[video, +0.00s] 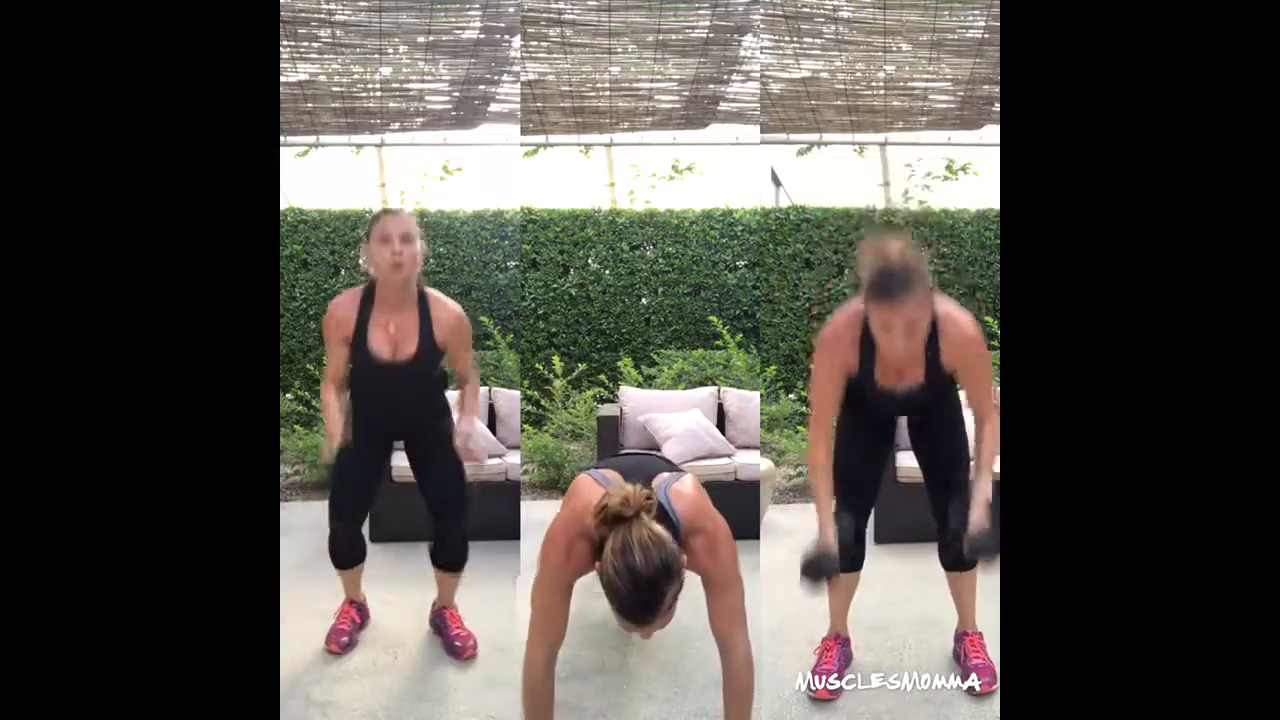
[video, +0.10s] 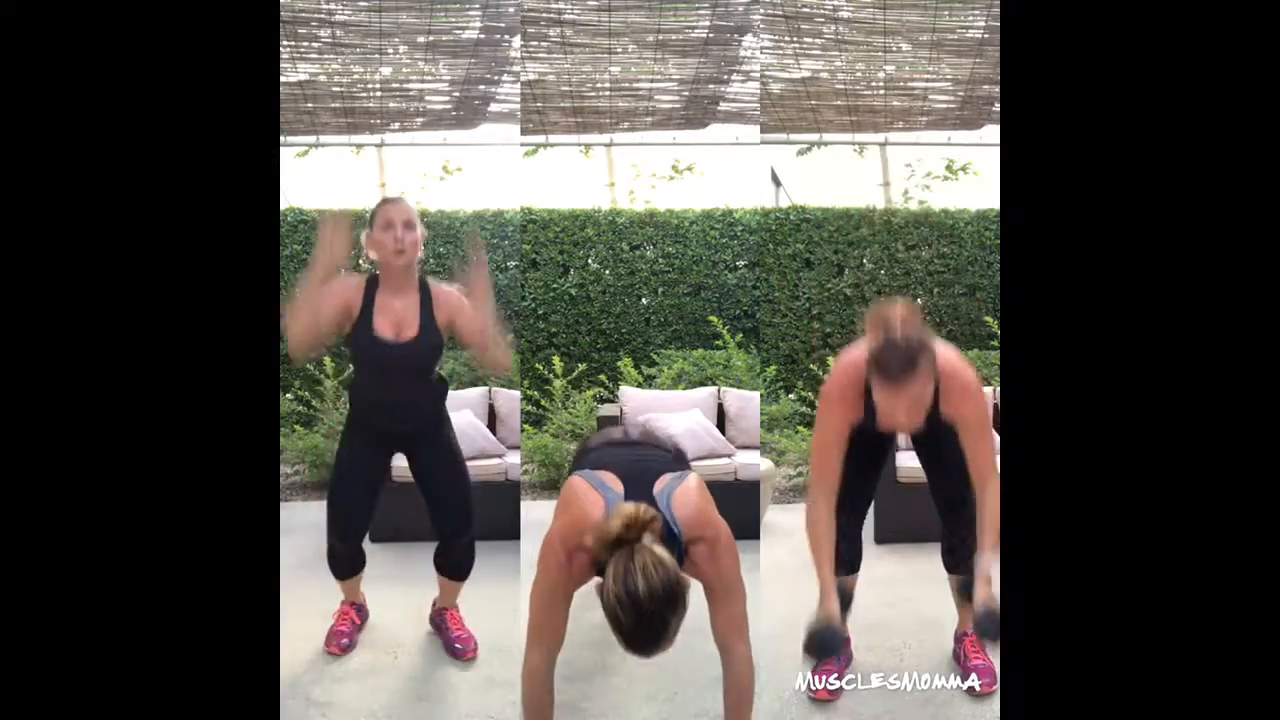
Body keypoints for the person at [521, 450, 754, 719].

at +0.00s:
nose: (646, 636)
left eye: (663, 621)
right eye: (630, 626)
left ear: (682, 563)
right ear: (599, 570)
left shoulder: (708, 530)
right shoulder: (568, 533)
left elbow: (736, 650)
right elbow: (541, 651)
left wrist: (738, 715)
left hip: (674, 477)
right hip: (598, 477)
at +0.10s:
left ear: (681, 579)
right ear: (601, 589)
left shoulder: (709, 535)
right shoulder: (566, 543)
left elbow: (736, 652)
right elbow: (540, 656)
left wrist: (738, 715)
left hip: (671, 459)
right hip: (594, 458)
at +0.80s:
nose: (630, 633)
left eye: (638, 627)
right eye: (619, 626)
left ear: (670, 565)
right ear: (587, 566)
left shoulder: (688, 515)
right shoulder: (567, 521)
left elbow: (722, 642)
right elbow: (538, 649)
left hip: (663, 449)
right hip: (588, 449)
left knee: (672, 593)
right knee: (579, 589)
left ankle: (643, 625)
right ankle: (599, 613)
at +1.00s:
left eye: (646, 637)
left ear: (667, 581)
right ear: (592, 582)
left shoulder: (688, 516)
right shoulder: (572, 521)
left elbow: (721, 644)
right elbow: (539, 649)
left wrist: (731, 715)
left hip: (664, 383)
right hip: (583, 385)